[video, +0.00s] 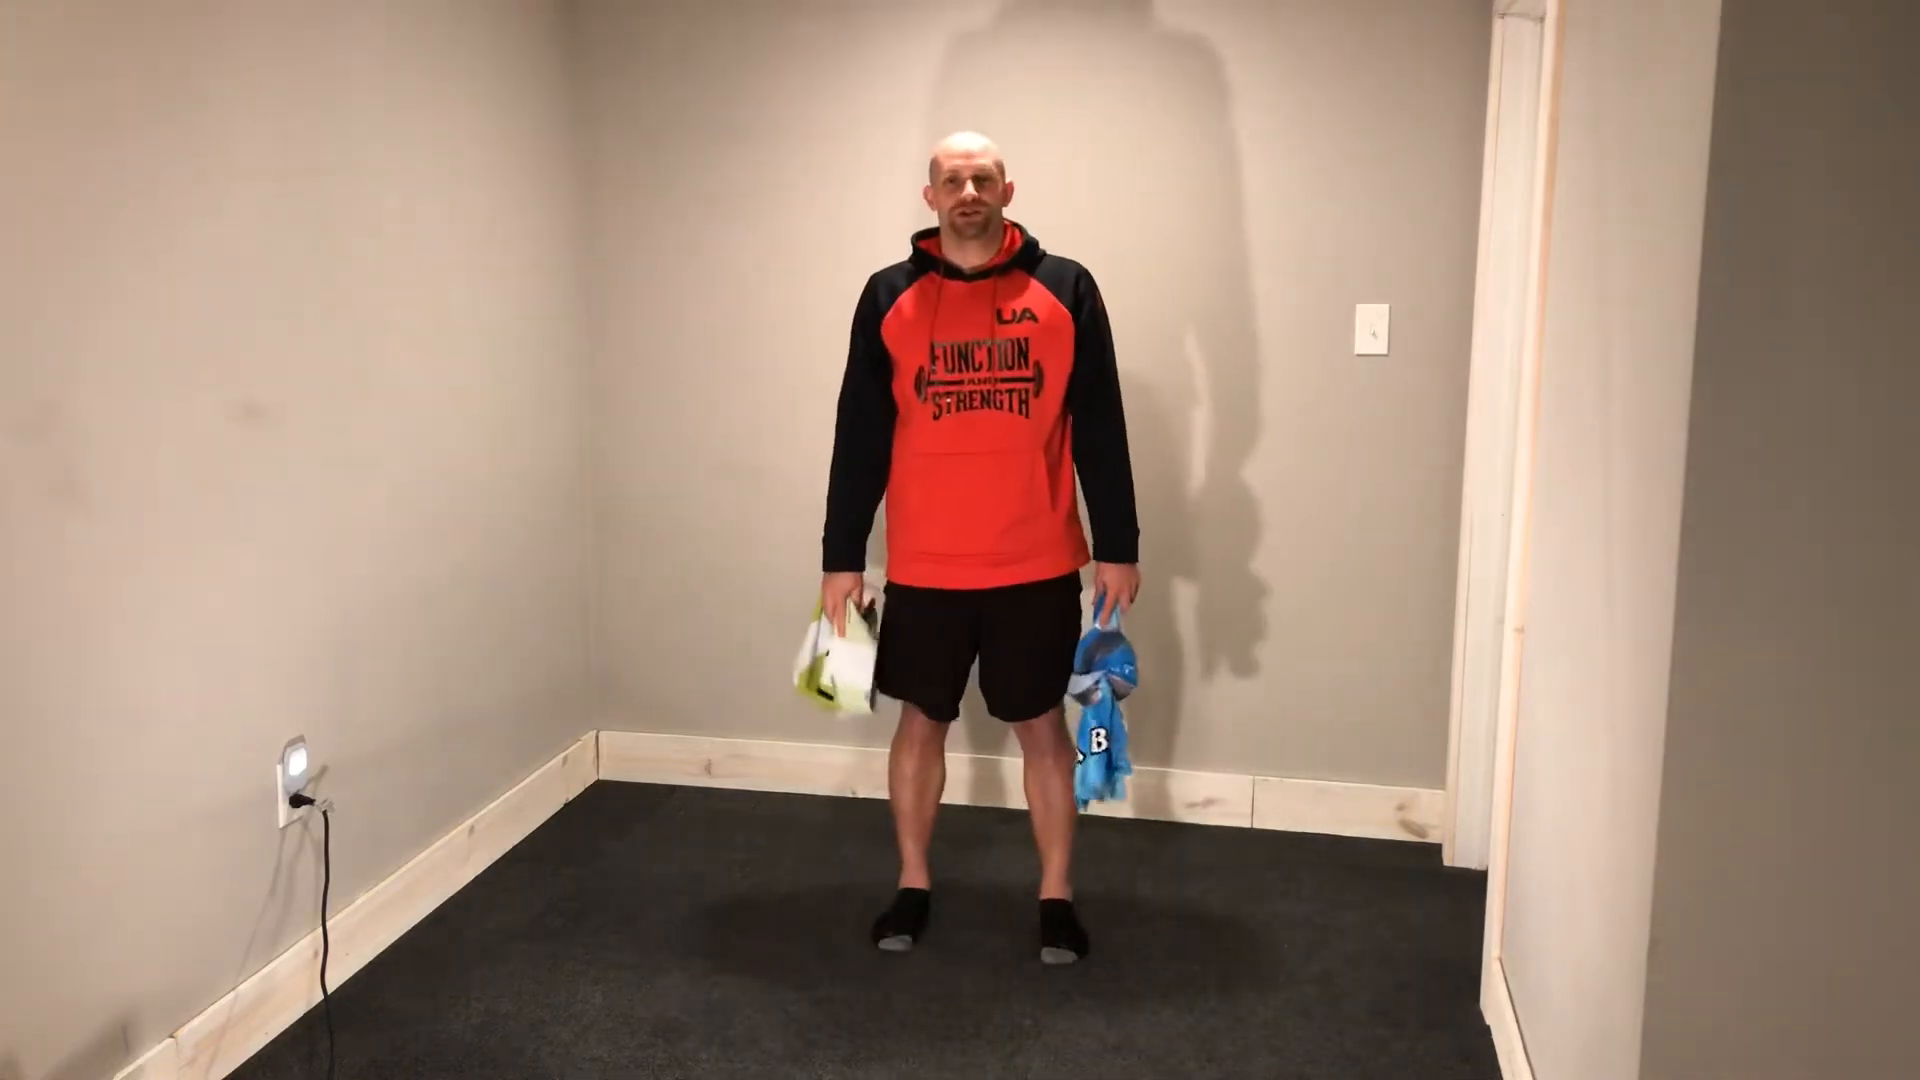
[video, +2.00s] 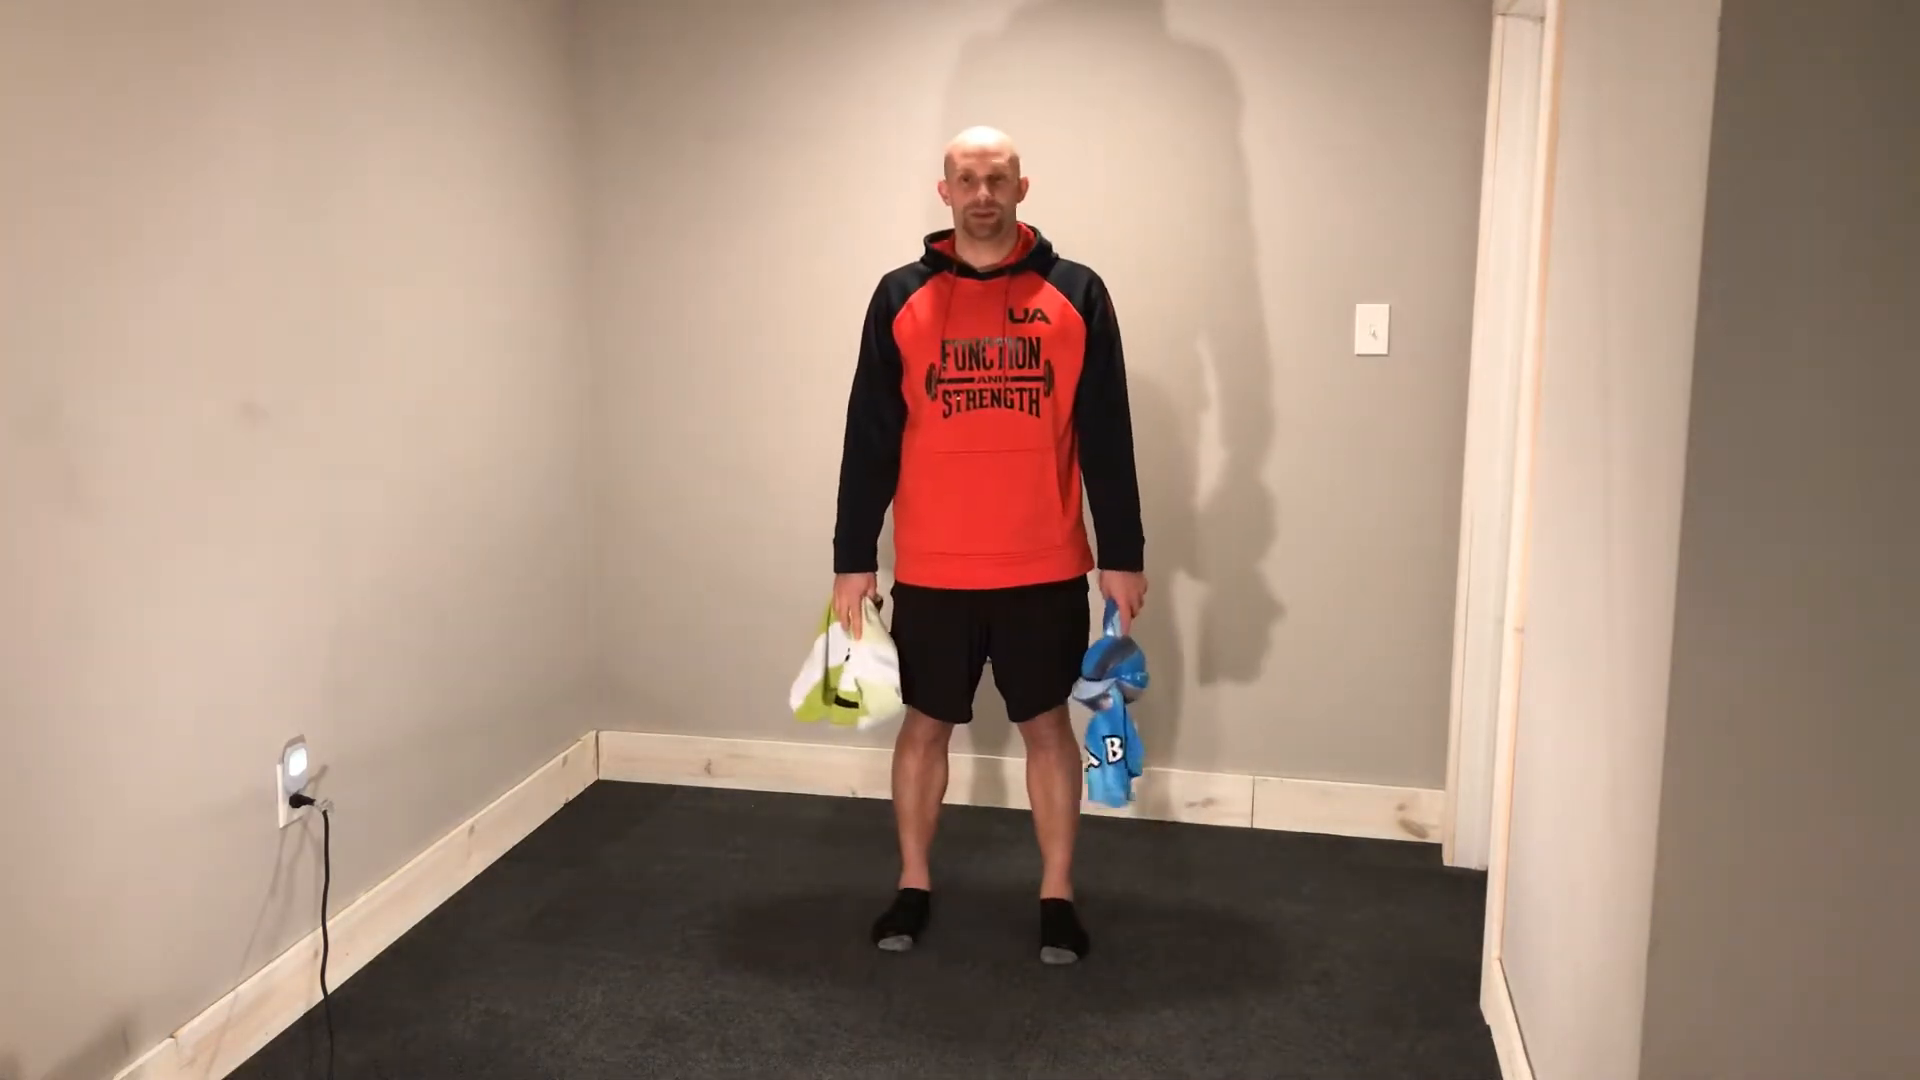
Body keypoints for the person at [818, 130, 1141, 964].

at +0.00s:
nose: (968, 191)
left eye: (981, 177)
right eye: (951, 180)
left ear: (1008, 191)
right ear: (929, 198)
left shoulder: (1065, 291)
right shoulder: (890, 297)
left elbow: (1099, 426)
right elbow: (860, 433)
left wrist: (1118, 547)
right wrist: (842, 555)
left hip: (1034, 561)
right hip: (926, 564)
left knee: (1042, 729)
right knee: (920, 724)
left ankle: (1057, 900)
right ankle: (911, 890)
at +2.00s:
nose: (981, 192)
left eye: (995, 178)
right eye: (965, 179)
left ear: (1021, 188)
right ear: (944, 191)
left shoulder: (1076, 294)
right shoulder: (902, 297)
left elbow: (1106, 432)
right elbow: (870, 434)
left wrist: (1122, 553)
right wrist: (854, 557)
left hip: (1041, 564)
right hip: (933, 565)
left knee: (1046, 725)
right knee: (924, 726)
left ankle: (1058, 898)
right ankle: (911, 890)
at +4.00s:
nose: (994, 194)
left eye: (1005, 179)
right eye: (977, 182)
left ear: (1027, 185)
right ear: (950, 196)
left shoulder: (1085, 290)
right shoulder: (911, 296)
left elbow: (1127, 410)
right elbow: (880, 434)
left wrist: (1078, 469)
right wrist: (864, 559)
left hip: (1044, 553)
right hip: (939, 556)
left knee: (1048, 723)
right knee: (928, 720)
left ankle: (1057, 896)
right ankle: (912, 886)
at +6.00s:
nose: (993, 194)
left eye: (1007, 181)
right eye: (979, 180)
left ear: (1027, 191)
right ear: (952, 188)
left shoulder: (1076, 294)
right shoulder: (904, 294)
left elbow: (1119, 417)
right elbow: (871, 431)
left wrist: (1065, 414)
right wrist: (856, 555)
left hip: (1036, 563)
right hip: (931, 563)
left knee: (1043, 726)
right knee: (923, 724)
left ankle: (1058, 896)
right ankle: (911, 888)